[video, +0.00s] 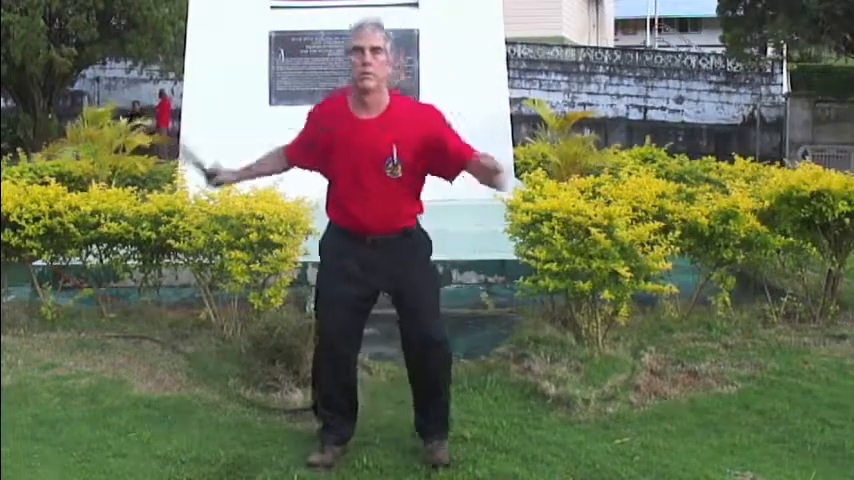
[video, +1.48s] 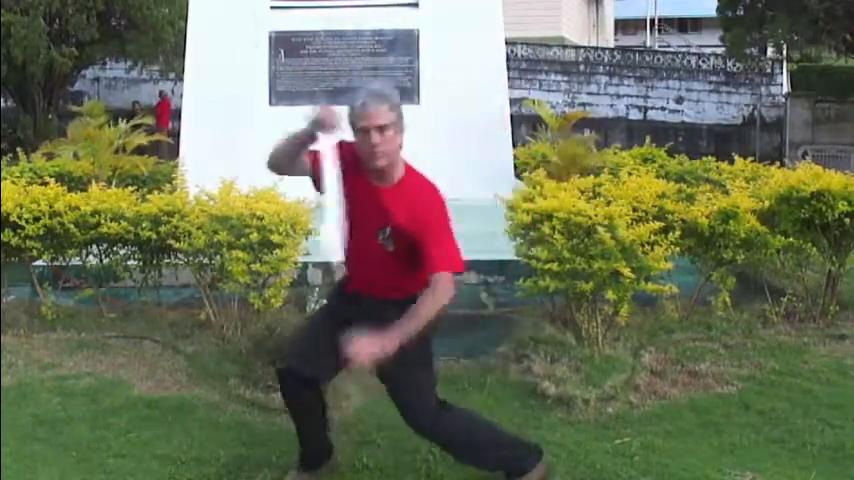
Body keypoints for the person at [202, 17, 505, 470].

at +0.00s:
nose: (365, 61)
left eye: (375, 52)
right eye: (357, 52)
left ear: (393, 62)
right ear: (347, 61)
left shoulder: (421, 119)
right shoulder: (328, 115)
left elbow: (467, 161)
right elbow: (289, 156)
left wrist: (490, 170)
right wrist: (235, 174)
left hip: (405, 247)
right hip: (344, 247)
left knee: (428, 340)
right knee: (333, 343)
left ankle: (434, 435)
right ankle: (333, 435)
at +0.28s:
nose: (390, 96)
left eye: (399, 88)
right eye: (380, 87)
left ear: (411, 98)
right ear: (364, 97)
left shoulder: (440, 153)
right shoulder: (339, 154)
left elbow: (511, 183)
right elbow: (294, 201)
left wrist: (575, 187)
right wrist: (245, 228)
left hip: (422, 272)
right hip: (359, 273)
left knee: (455, 356)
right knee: (335, 366)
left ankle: (497, 465)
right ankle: (334, 438)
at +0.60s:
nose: (487, 108)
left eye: (495, 99)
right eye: (474, 99)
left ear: (502, 110)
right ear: (455, 109)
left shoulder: (511, 171)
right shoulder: (424, 166)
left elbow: (530, 239)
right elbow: (400, 249)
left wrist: (575, 260)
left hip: (472, 289)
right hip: (419, 287)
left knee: (501, 370)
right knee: (378, 364)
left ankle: (500, 471)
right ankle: (337, 440)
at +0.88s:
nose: (518, 106)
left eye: (527, 98)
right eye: (507, 97)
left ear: (535, 108)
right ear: (487, 107)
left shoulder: (530, 166)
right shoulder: (461, 151)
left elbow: (518, 230)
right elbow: (486, 214)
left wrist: (526, 252)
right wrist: (543, 190)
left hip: (478, 287)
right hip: (421, 281)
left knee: (512, 369)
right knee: (379, 367)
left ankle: (503, 469)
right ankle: (330, 437)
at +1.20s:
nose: (464, 113)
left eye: (473, 105)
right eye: (453, 104)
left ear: (482, 114)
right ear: (435, 111)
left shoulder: (495, 172)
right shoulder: (412, 150)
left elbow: (507, 246)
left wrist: (473, 196)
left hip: (450, 293)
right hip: (387, 287)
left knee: (492, 376)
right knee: (333, 379)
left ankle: (501, 471)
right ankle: (321, 458)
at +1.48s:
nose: (373, 141)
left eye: (383, 130)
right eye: (364, 132)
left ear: (400, 132)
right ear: (354, 135)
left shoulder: (422, 198)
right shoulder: (347, 161)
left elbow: (443, 286)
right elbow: (278, 164)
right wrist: (310, 133)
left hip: (402, 310)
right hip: (351, 301)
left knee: (423, 414)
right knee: (295, 372)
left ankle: (526, 462)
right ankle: (316, 460)